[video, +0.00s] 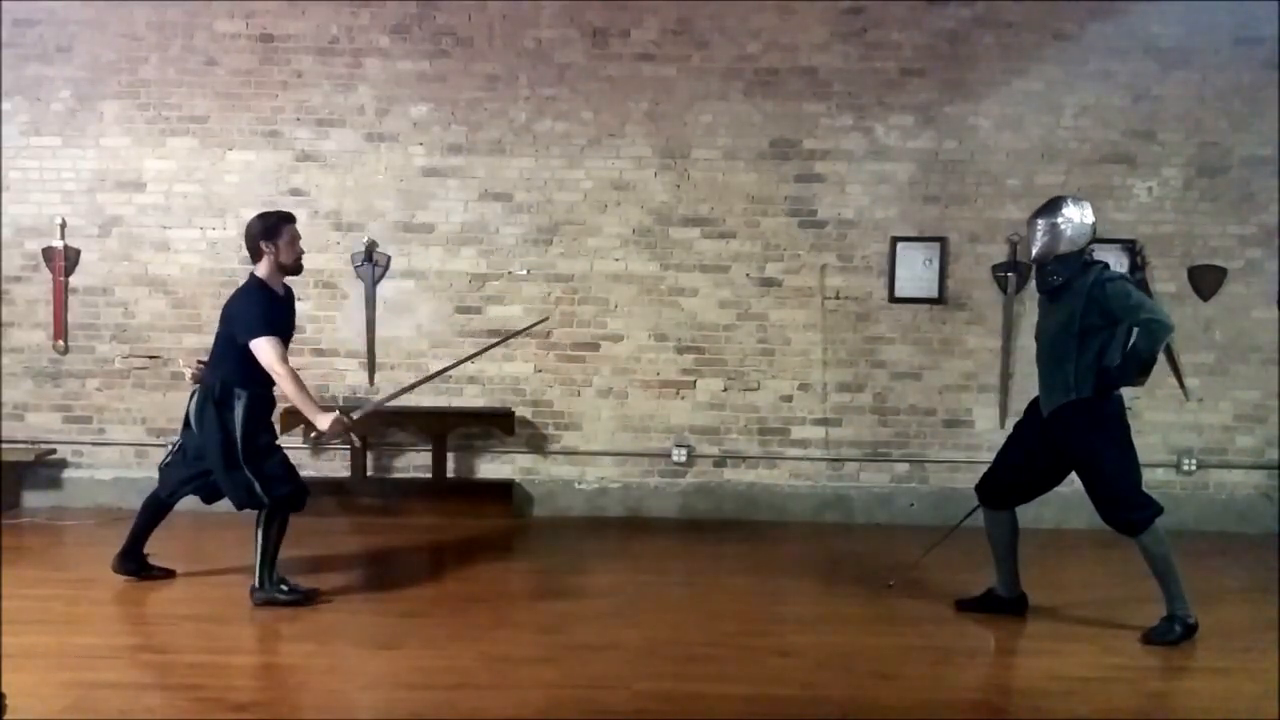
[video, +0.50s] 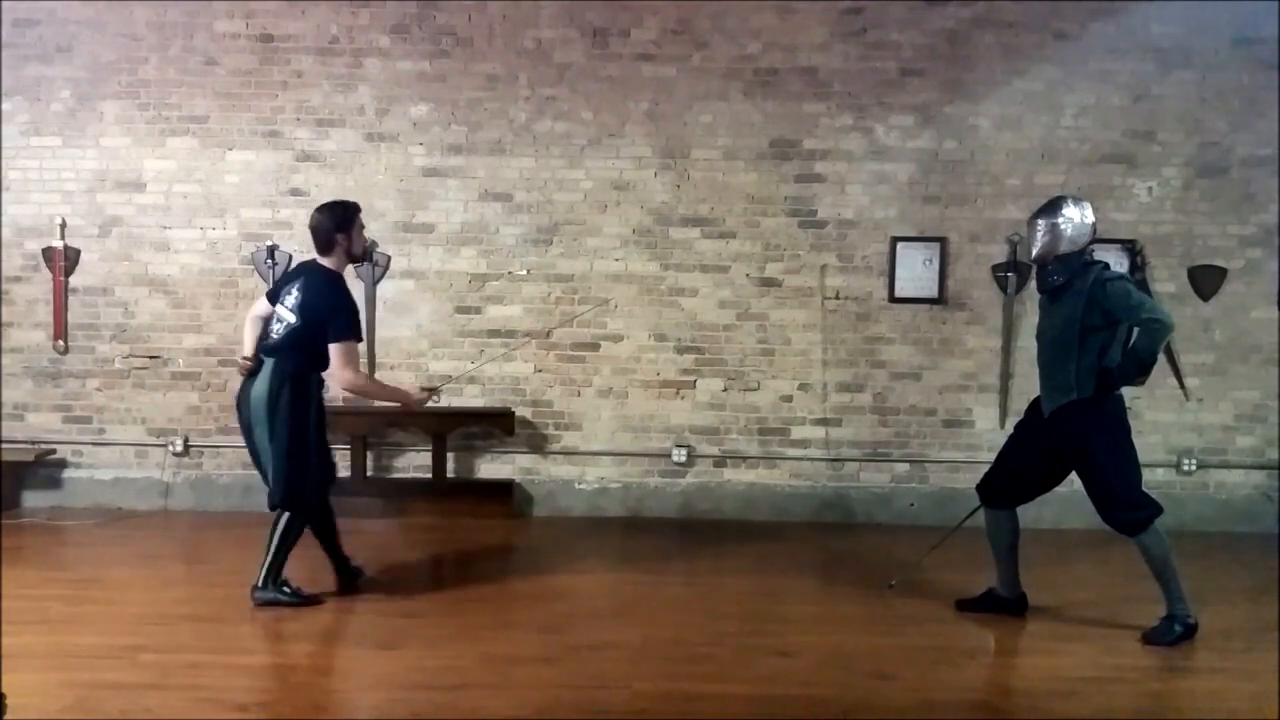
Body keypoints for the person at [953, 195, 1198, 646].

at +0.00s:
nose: (1035, 242)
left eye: (1043, 233)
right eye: (1035, 233)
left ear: (1067, 234)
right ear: (1056, 233)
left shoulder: (1100, 282)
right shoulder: (1052, 283)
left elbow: (1157, 322)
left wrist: (1129, 370)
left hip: (1094, 416)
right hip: (1051, 414)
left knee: (1131, 512)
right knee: (995, 492)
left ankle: (1180, 614)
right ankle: (1008, 592)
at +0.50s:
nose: (1036, 242)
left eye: (1043, 232)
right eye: (1035, 232)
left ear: (1068, 234)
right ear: (1056, 234)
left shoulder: (1101, 282)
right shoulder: (1055, 284)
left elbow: (1158, 321)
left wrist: (1127, 372)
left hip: (1095, 415)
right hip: (1052, 413)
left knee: (1130, 512)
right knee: (996, 492)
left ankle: (1180, 614)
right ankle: (1008, 593)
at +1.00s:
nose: (1039, 242)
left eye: (1048, 232)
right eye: (1038, 232)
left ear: (1072, 235)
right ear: (1053, 235)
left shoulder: (1102, 282)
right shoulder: (1057, 285)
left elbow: (1158, 321)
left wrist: (1127, 373)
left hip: (1096, 415)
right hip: (1052, 412)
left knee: (1129, 512)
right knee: (996, 492)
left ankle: (1180, 613)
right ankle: (1008, 592)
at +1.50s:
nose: (1011, 250)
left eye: (1019, 241)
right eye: (1011, 240)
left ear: (1041, 245)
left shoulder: (1078, 283)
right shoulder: (1004, 300)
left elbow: (1136, 316)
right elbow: (940, 310)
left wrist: (1110, 361)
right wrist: (901, 269)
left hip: (1067, 413)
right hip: (1016, 412)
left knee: (1110, 510)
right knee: (944, 464)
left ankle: (1174, 607)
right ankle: (941, 554)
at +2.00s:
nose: (905, 302)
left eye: (913, 292)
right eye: (903, 293)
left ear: (939, 292)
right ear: (909, 298)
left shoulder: (987, 324)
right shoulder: (904, 349)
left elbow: (1049, 341)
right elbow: (903, 413)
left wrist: (1021, 387)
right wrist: (907, 466)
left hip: (991, 443)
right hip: (936, 442)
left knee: (1051, 516)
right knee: (869, 484)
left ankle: (1120, 601)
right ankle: (896, 565)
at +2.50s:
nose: (1029, 253)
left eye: (1040, 245)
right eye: (1029, 243)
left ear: (1065, 247)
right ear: (1032, 244)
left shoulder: (1101, 290)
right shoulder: (1022, 298)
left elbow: (1163, 330)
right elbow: (968, 334)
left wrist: (1120, 373)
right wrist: (902, 338)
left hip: (1082, 418)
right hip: (1030, 418)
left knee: (1113, 511)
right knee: (970, 487)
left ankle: (1176, 608)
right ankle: (969, 579)